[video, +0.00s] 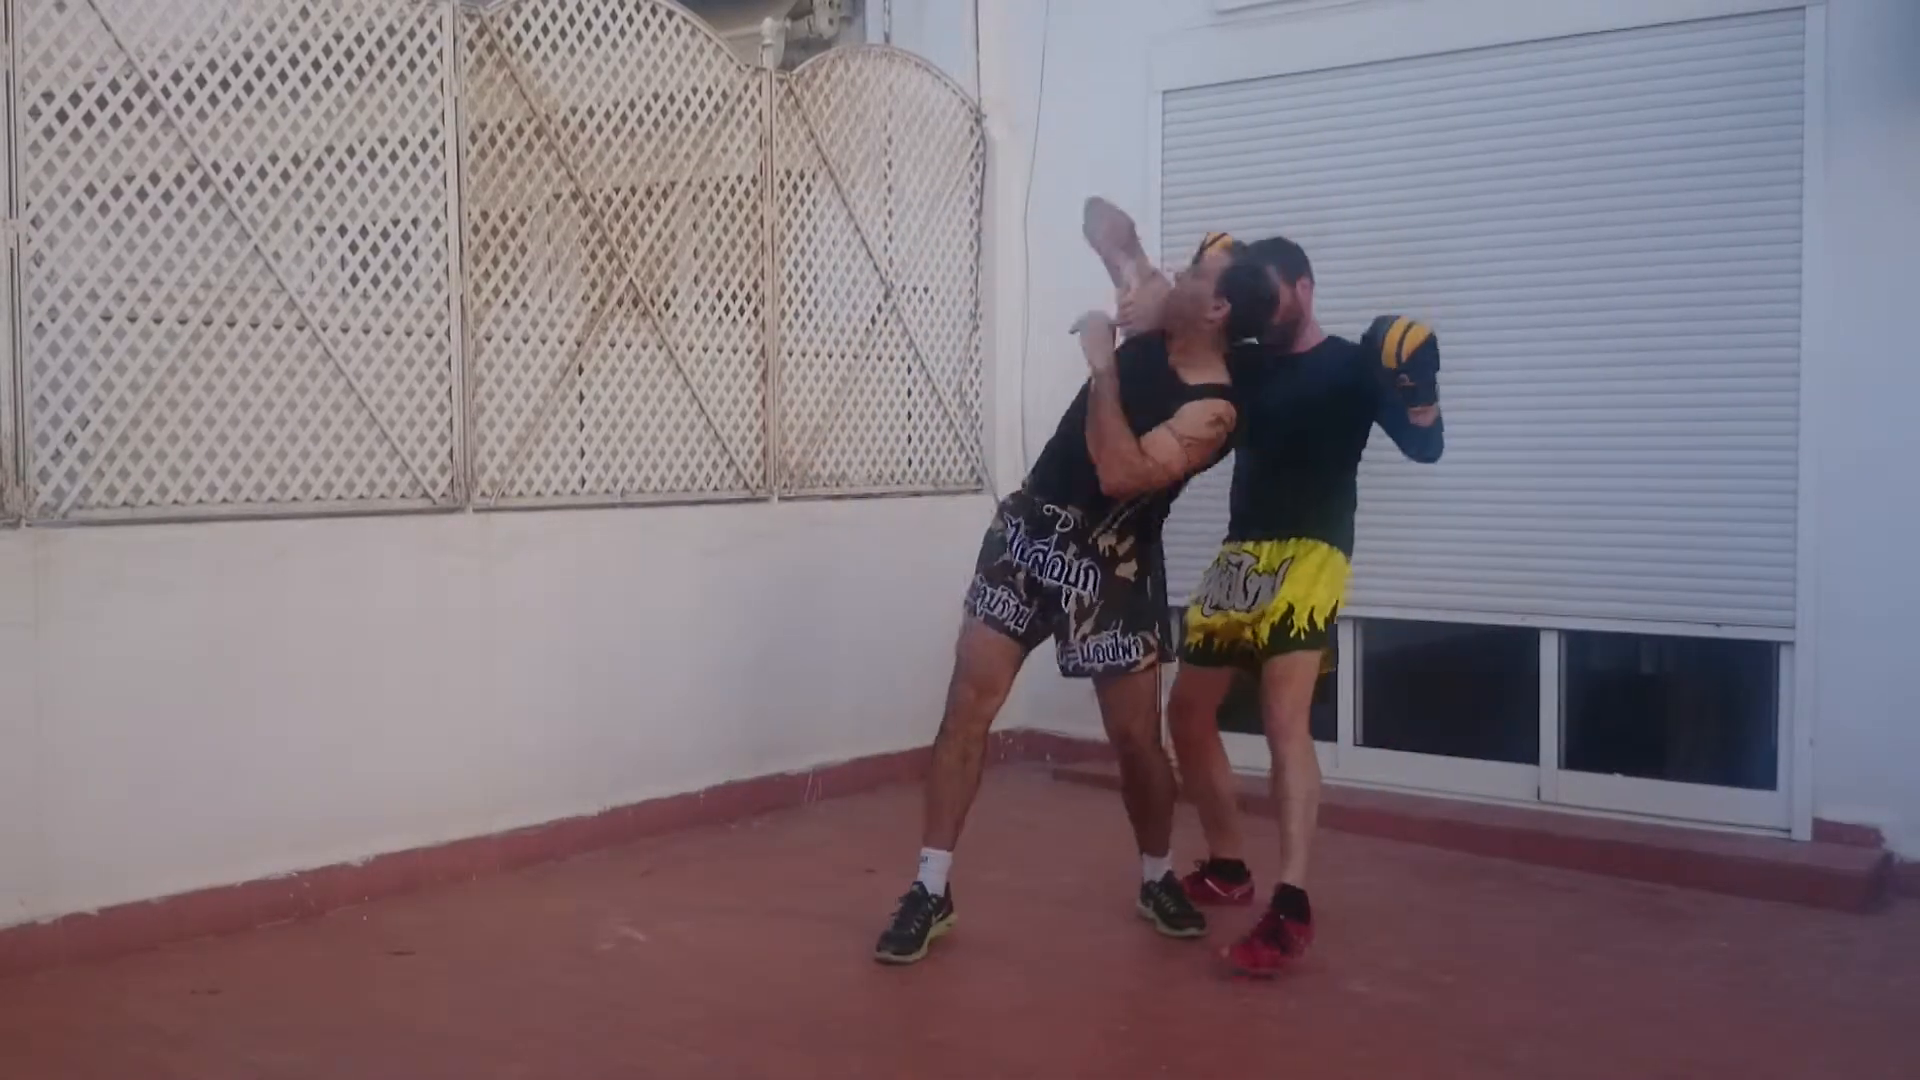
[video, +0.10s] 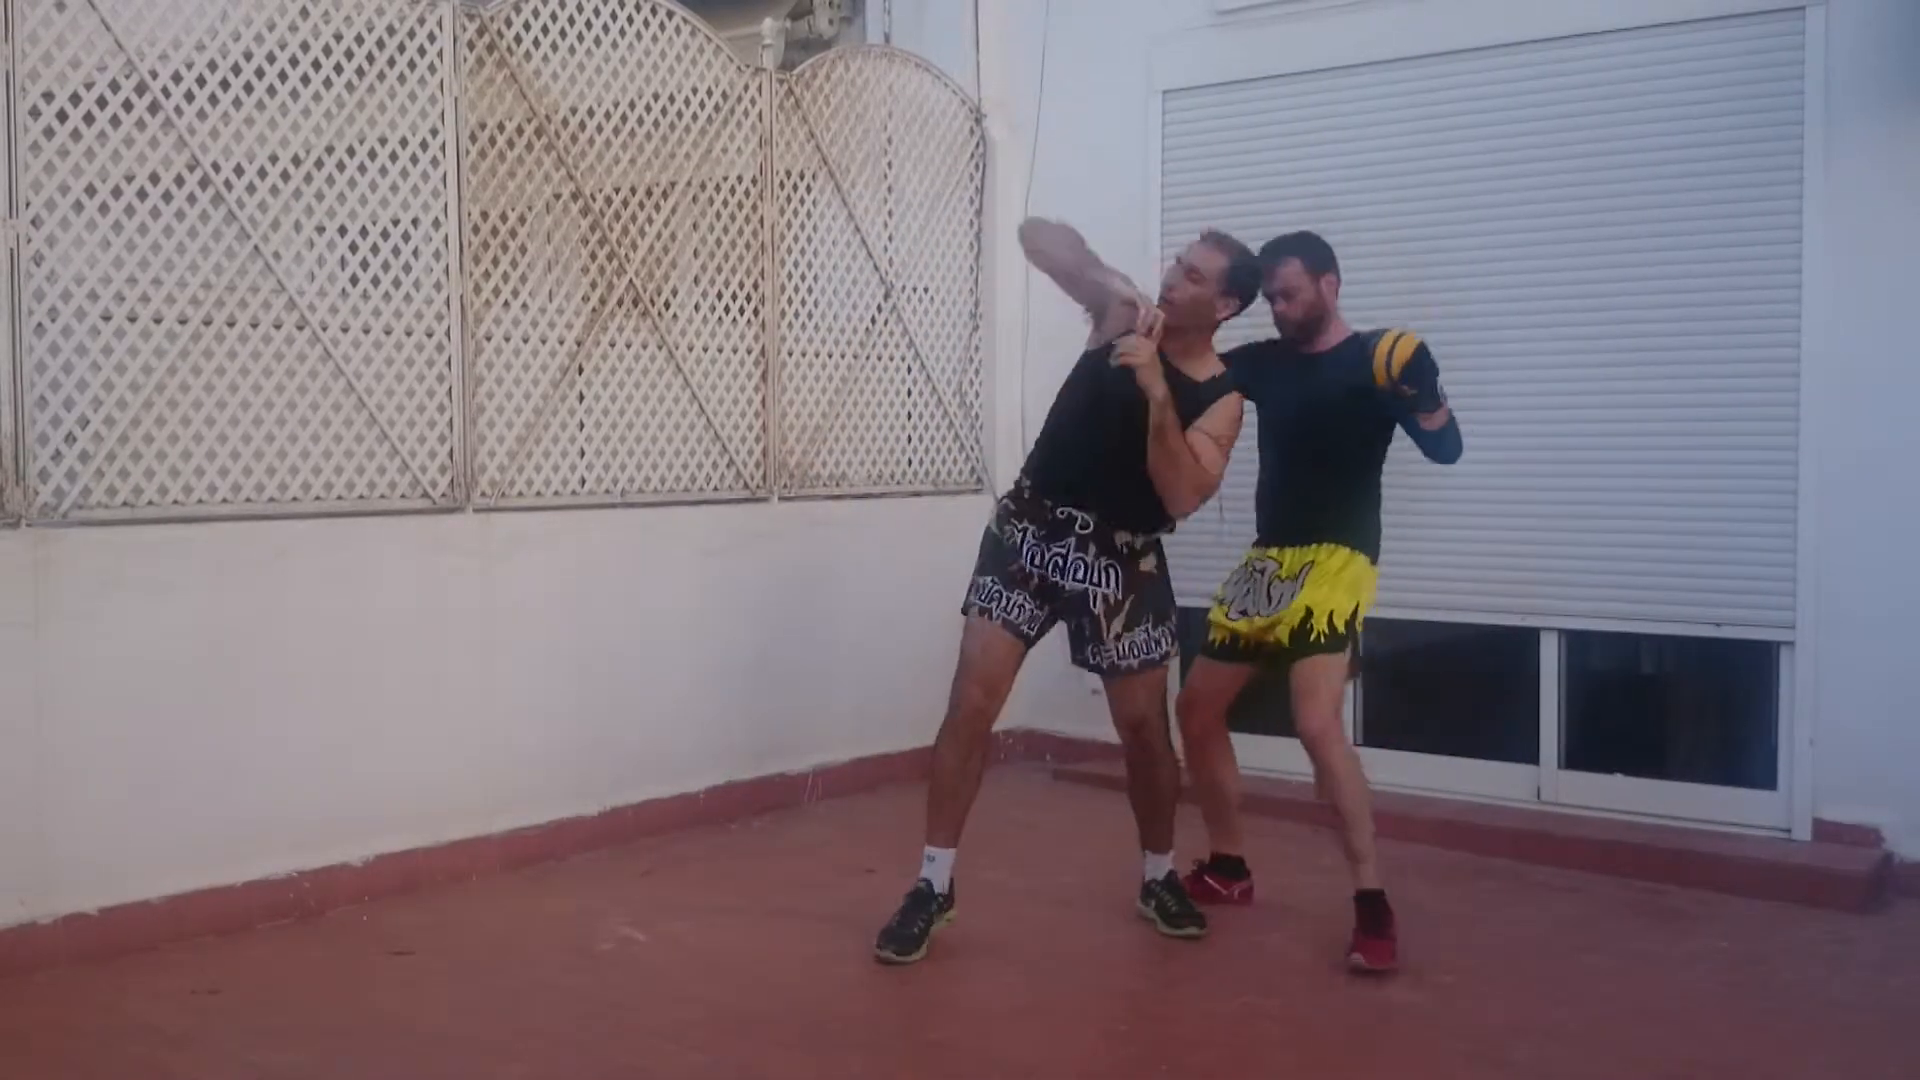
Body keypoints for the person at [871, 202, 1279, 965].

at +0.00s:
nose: (1184, 275)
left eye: (1198, 275)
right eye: (1195, 269)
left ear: (1217, 310)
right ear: (1207, 300)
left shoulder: (1212, 410)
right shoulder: (1156, 308)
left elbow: (1121, 474)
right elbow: (1101, 212)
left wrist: (1103, 364)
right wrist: (1126, 259)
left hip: (1116, 555)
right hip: (1033, 525)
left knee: (1136, 736)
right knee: (969, 705)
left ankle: (1157, 881)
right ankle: (929, 888)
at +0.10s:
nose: (1172, 276)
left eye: (1193, 275)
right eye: (1177, 264)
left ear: (1227, 307)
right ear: (1172, 272)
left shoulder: (1221, 398)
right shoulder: (1122, 309)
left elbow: (1183, 496)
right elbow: (1034, 235)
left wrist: (1159, 395)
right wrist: (1108, 285)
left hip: (1125, 556)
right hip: (1031, 528)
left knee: (1143, 726)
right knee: (971, 703)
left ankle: (1159, 880)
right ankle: (932, 885)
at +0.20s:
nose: (1195, 292)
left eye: (1212, 286)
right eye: (1185, 274)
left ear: (1222, 304)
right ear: (1155, 274)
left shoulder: (1211, 386)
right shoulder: (1087, 317)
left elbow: (1208, 501)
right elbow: (972, 305)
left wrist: (1192, 409)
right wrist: (1069, 315)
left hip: (1124, 554)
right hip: (1030, 530)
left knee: (1145, 728)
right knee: (985, 712)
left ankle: (1160, 880)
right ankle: (926, 890)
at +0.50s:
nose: (1142, 302)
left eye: (1144, 287)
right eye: (1137, 286)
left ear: (1098, 279)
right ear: (1094, 278)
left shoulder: (1077, 347)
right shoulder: (1013, 348)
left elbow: (1028, 455)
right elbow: (990, 473)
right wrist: (1102, 446)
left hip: (1045, 545)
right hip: (982, 547)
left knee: (1089, 711)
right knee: (990, 734)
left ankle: (1109, 878)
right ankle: (916, 922)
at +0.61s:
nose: (1125, 292)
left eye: (1128, 278)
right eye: (1120, 277)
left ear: (1078, 271)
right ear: (1075, 270)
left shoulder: (1055, 340)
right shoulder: (1011, 341)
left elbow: (1021, 443)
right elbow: (991, 468)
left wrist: (1095, 433)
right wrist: (1096, 442)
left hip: (1029, 542)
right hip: (969, 543)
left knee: (1063, 705)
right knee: (971, 733)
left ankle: (1058, 866)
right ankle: (912, 922)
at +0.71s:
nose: (1113, 288)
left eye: (1115, 274)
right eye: (1106, 273)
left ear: (1067, 270)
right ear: (1062, 267)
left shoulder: (1045, 339)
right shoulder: (1000, 336)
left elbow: (1011, 445)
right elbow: (988, 462)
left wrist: (1082, 434)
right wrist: (1083, 434)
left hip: (1018, 541)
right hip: (960, 540)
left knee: (1045, 701)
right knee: (964, 731)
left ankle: (1010, 850)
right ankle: (909, 922)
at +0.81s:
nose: (1109, 289)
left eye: (1110, 275)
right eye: (1100, 274)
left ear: (1062, 274)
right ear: (1055, 271)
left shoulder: (1043, 345)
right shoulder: (994, 337)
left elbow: (1011, 445)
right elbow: (975, 456)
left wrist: (1080, 432)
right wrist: (1076, 426)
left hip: (1016, 552)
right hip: (960, 549)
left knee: (1026, 707)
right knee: (961, 725)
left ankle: (972, 841)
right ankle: (909, 922)